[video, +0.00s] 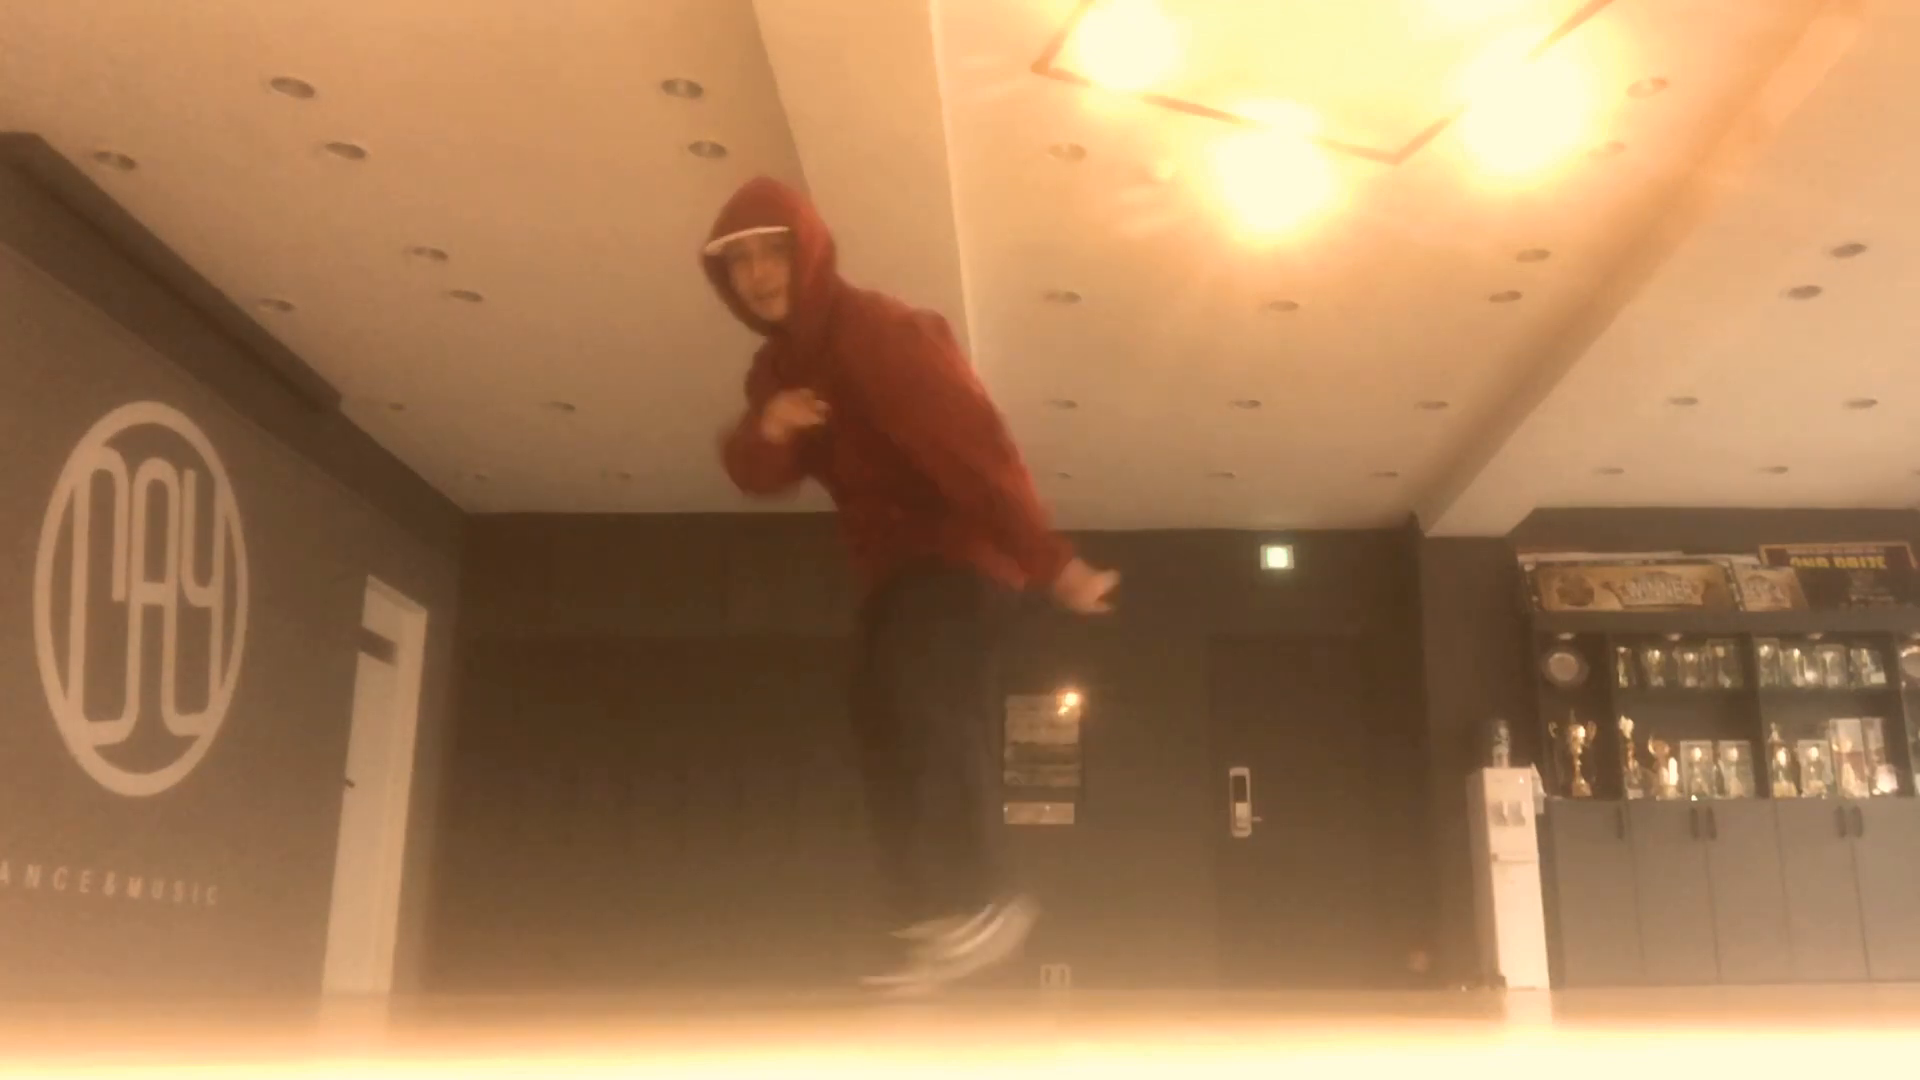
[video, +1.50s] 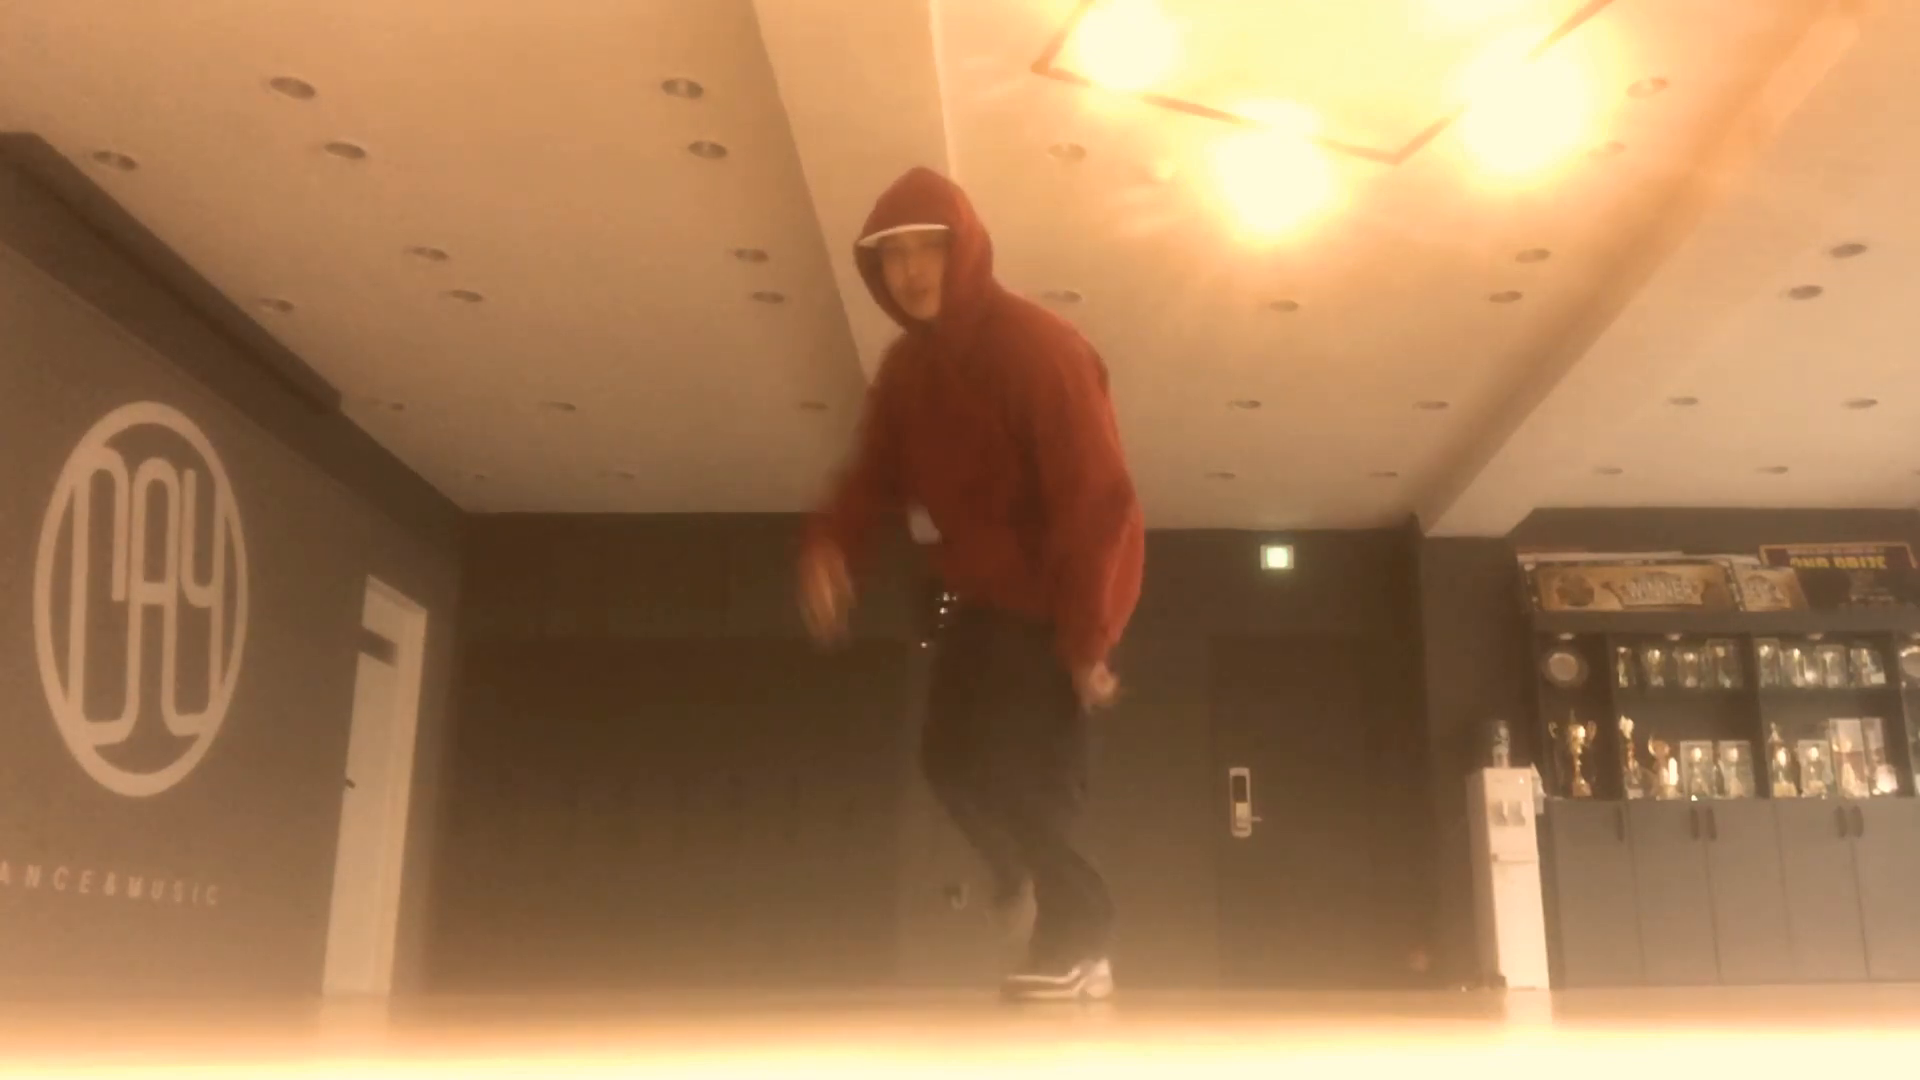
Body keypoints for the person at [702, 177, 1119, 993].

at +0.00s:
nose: (756, 276)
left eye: (770, 253)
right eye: (737, 262)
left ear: (809, 252)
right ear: (726, 281)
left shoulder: (881, 333)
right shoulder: (777, 366)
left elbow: (971, 448)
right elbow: (752, 474)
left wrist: (1053, 562)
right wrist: (768, 431)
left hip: (966, 551)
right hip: (899, 561)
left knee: (919, 693)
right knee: (881, 707)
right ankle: (925, 913)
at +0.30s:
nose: (787, 311)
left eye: (801, 286)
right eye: (769, 297)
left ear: (843, 284)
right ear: (758, 314)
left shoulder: (923, 369)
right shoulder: (825, 398)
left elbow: (970, 518)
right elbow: (861, 503)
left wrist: (978, 662)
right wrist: (839, 570)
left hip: (1004, 563)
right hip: (915, 574)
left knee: (943, 731)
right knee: (849, 724)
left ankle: (970, 944)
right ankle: (890, 848)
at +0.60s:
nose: (842, 280)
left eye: (859, 259)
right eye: (824, 266)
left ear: (897, 261)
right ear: (809, 280)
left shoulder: (958, 347)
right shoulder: (847, 372)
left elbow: (1056, 473)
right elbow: (766, 444)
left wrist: (1130, 602)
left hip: (1011, 568)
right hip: (949, 573)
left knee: (906, 707)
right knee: (946, 750)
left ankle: (953, 920)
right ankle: (1042, 898)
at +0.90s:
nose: (854, 290)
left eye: (871, 268)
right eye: (837, 275)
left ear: (911, 272)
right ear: (825, 291)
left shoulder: (977, 359)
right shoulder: (876, 387)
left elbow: (1032, 512)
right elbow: (899, 503)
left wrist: (1040, 660)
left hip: (1020, 584)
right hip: (956, 587)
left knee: (944, 732)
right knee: (904, 747)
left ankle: (986, 943)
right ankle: (1017, 890)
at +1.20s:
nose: (892, 291)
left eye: (909, 270)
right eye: (876, 277)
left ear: (945, 274)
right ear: (861, 291)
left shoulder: (1001, 358)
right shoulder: (896, 378)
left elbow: (1071, 492)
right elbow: (824, 442)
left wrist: (1111, 632)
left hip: (1031, 589)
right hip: (970, 593)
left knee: (943, 716)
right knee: (964, 765)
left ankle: (970, 932)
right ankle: (1063, 928)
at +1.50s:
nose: (906, 276)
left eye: (922, 252)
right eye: (888, 261)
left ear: (964, 251)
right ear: (876, 274)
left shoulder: (1040, 346)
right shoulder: (909, 363)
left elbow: (1094, 497)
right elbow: (876, 472)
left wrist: (1087, 634)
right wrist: (831, 543)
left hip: (1059, 586)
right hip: (977, 584)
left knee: (1028, 763)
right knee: (953, 755)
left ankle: (1079, 939)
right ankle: (1028, 880)